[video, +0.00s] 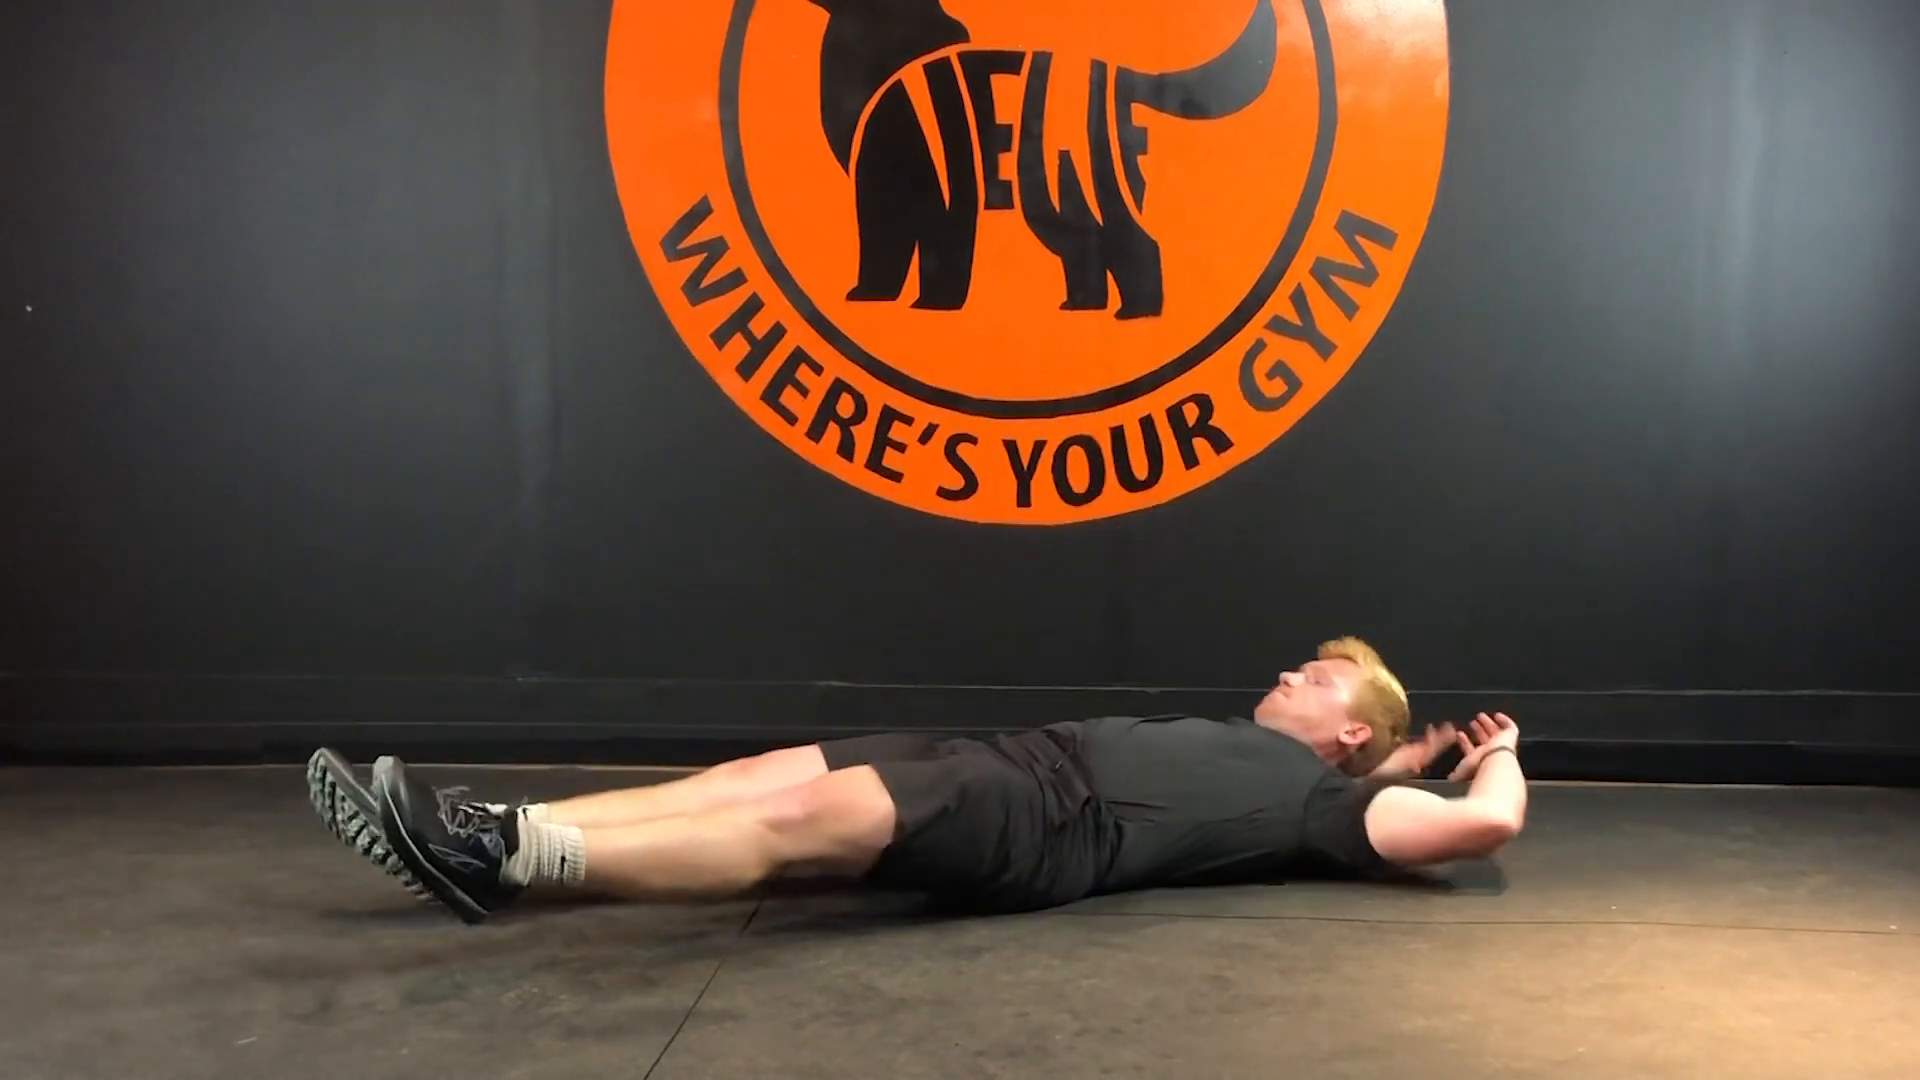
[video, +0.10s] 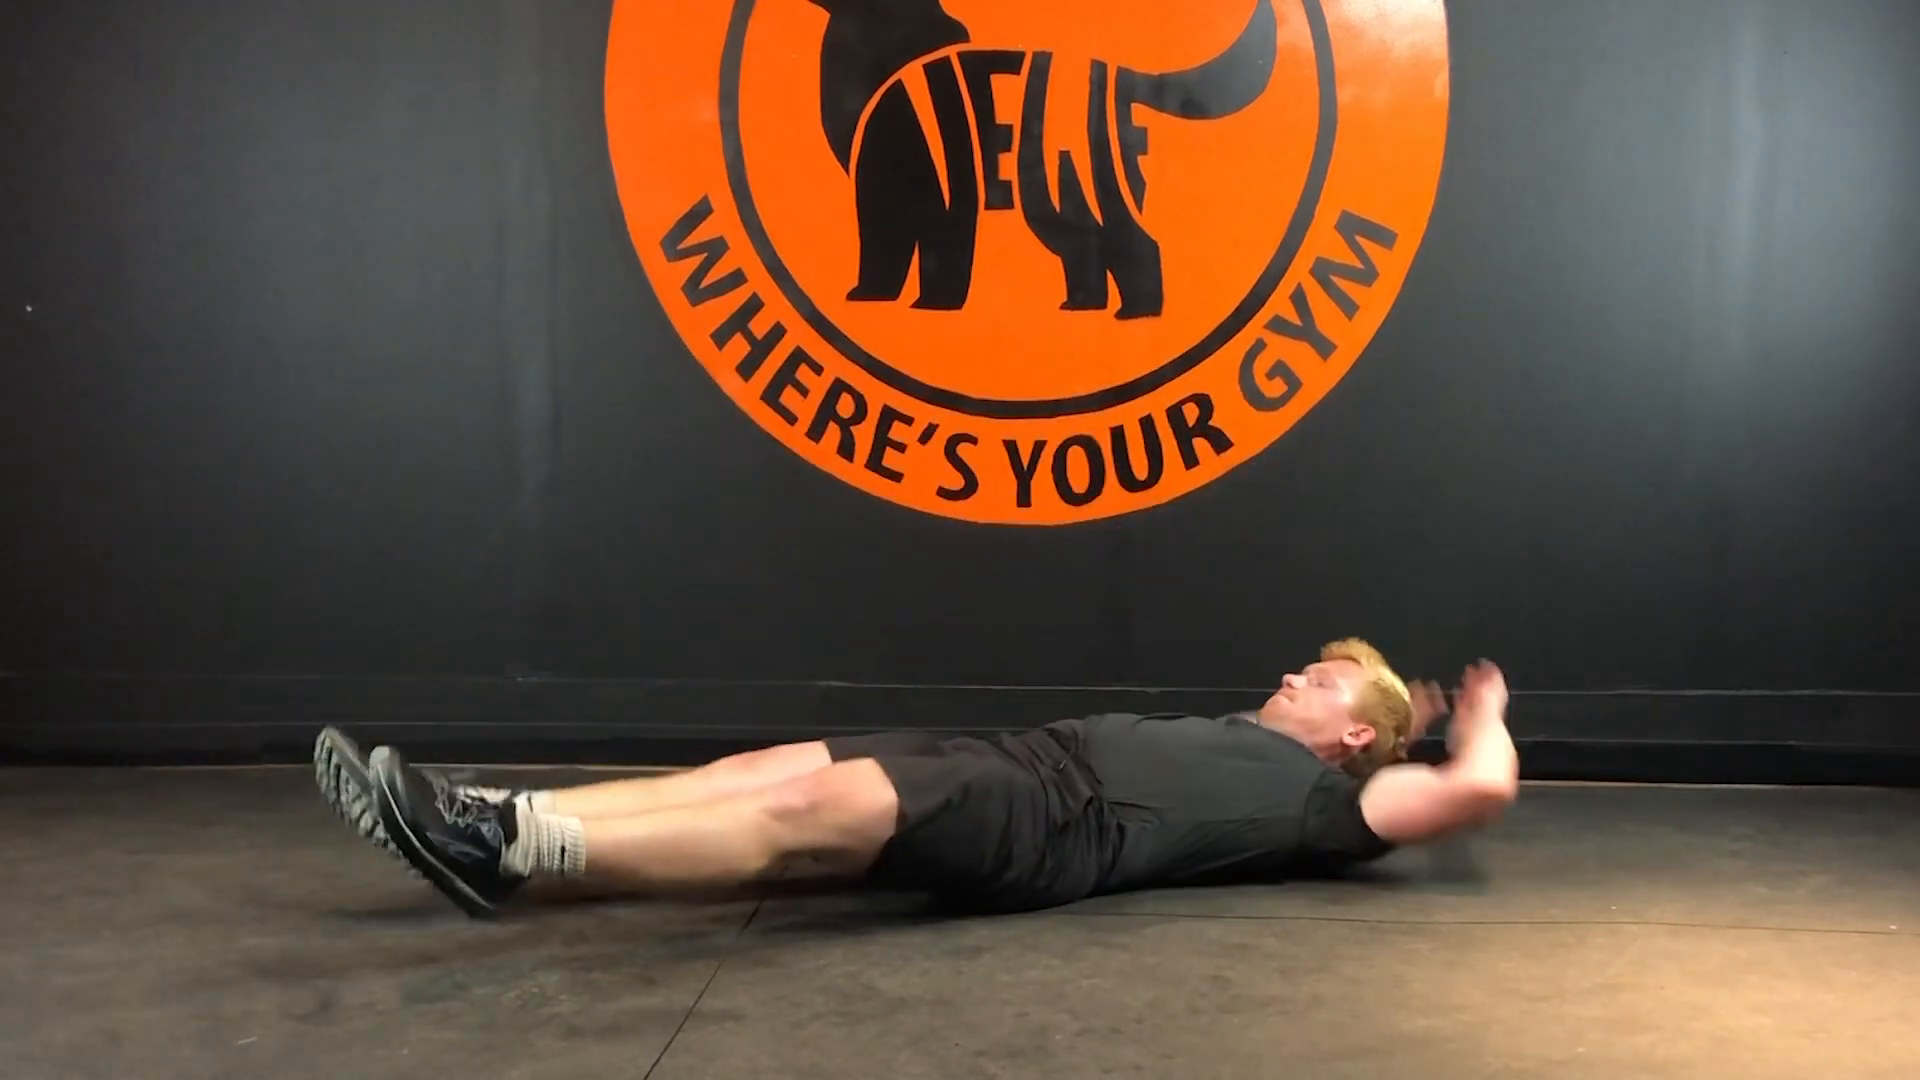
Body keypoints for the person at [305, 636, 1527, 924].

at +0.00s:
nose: (1293, 675)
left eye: (1321, 679)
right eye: (1300, 665)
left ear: (1359, 728)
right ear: (1290, 690)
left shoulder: (1330, 793)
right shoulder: (1214, 737)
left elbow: (1482, 830)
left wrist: (1488, 771)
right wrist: (1426, 754)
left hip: (1049, 800)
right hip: (975, 745)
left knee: (812, 803)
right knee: (759, 775)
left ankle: (501, 848)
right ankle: (492, 857)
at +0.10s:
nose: (1296, 682)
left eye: (1327, 686)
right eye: (1301, 672)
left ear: (1363, 734)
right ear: (1289, 693)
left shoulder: (1332, 796)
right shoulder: (1222, 739)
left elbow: (1478, 790)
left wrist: (1480, 718)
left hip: (1055, 800)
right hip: (978, 748)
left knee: (816, 796)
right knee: (765, 770)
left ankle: (505, 837)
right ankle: (498, 846)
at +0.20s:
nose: (1300, 670)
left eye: (1325, 671)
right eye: (1299, 657)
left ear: (1351, 716)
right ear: (1273, 683)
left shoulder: (1308, 787)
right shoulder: (1218, 736)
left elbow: (1392, 697)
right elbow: (1172, 651)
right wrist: (1280, 567)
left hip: (1049, 813)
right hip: (998, 767)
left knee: (818, 765)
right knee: (770, 741)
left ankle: (520, 805)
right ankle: (493, 781)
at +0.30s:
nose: (1275, 625)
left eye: (1299, 628)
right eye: (1277, 613)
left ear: (1333, 682)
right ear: (1262, 626)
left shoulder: (1294, 748)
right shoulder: (1191, 703)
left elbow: (1262, 677)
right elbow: (1093, 611)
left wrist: (1147, 529)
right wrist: (1109, 495)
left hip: (1045, 828)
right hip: (997, 791)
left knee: (809, 706)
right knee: (774, 685)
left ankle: (536, 735)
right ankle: (516, 707)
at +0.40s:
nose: (1207, 589)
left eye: (1236, 581)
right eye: (1214, 572)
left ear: (1289, 624)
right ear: (1219, 593)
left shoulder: (1271, 704)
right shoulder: (1161, 660)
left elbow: (1163, 640)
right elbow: (1033, 591)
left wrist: (1041, 531)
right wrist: (995, 476)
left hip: (1040, 833)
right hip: (973, 807)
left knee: (848, 649)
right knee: (808, 624)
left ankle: (564, 633)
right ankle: (541, 616)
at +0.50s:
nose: (1158, 537)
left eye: (1182, 529)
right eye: (1164, 521)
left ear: (1241, 567)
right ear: (1161, 531)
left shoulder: (1236, 659)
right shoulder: (1104, 610)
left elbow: (1120, 592)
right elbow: (984, 544)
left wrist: (986, 475)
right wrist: (911, 439)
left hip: (1025, 836)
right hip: (946, 824)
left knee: (905, 592)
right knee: (851, 589)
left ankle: (636, 522)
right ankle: (598, 526)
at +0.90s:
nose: (1190, 524)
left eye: (1219, 520)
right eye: (1200, 512)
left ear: (1261, 574)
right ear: (1208, 541)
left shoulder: (1247, 670)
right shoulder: (1128, 617)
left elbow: (1190, 576)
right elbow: (1011, 546)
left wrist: (1112, 418)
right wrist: (969, 413)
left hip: (1044, 827)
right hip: (967, 817)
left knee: (887, 612)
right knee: (833, 628)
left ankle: (605, 555)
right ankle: (558, 574)